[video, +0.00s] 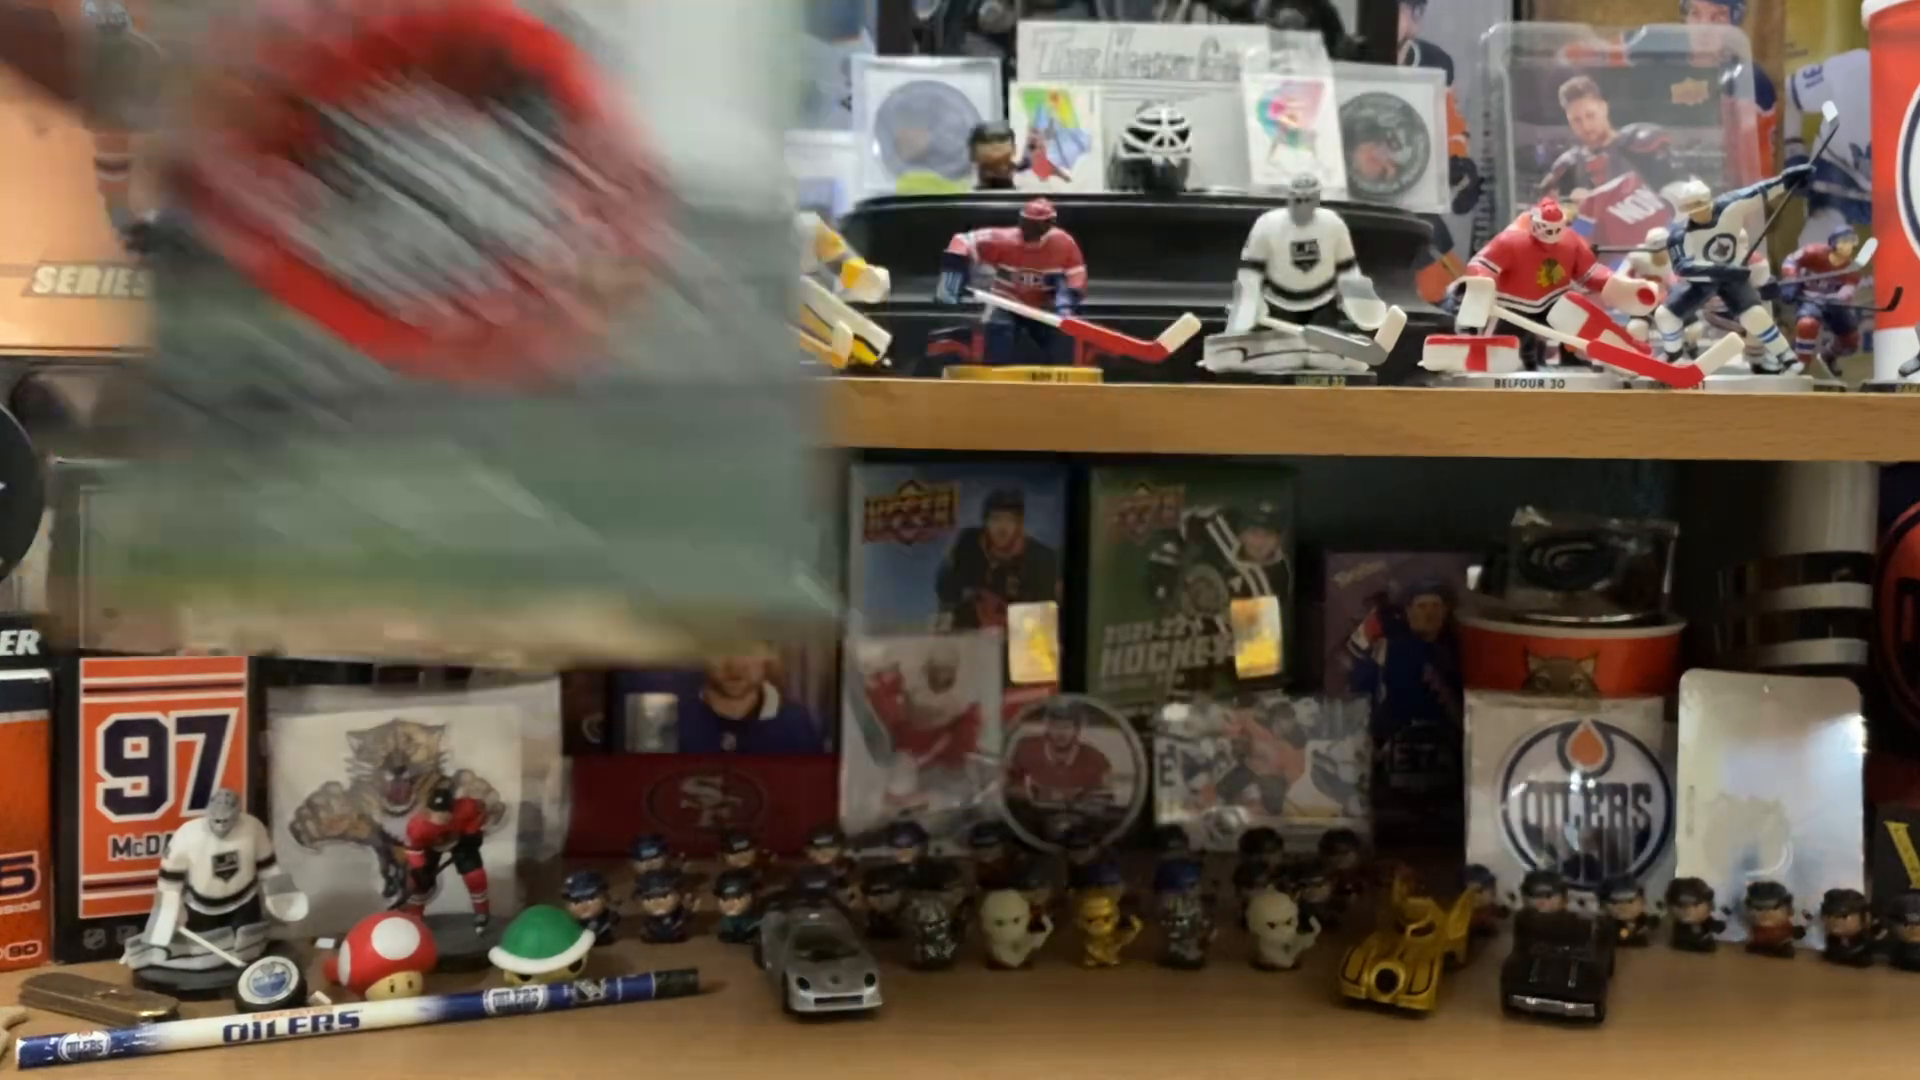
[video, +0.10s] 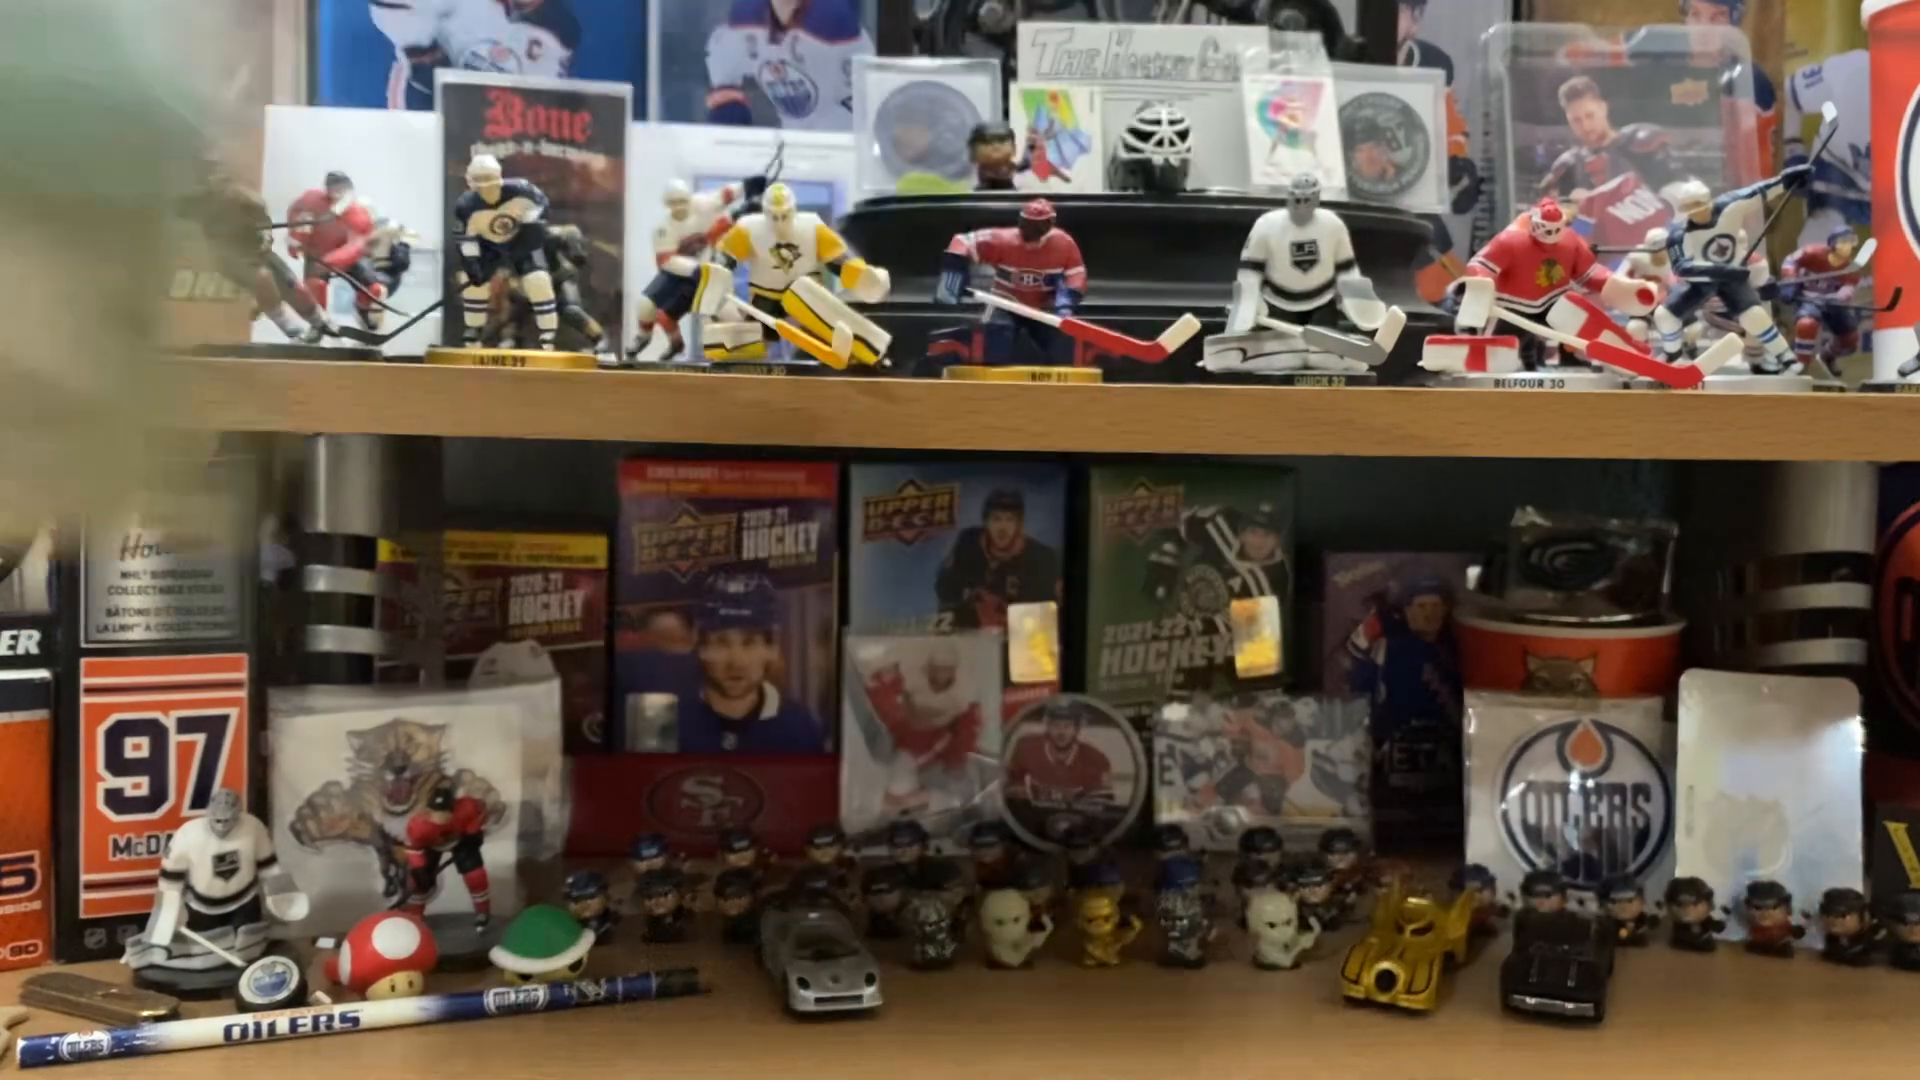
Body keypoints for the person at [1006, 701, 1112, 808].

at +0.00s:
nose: (1060, 733)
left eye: (1066, 727)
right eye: (1055, 726)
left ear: (1077, 729)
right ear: (1047, 727)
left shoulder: (1094, 758)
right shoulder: (1026, 749)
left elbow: (1105, 796)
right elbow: (1008, 786)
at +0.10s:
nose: (1061, 732)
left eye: (1067, 726)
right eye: (1055, 725)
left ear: (1077, 728)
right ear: (1047, 726)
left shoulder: (1095, 759)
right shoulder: (1026, 748)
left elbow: (1103, 799)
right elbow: (1008, 788)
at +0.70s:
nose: (1060, 730)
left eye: (1066, 725)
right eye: (1055, 724)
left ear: (1076, 728)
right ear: (1048, 726)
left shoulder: (1095, 758)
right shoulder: (1026, 745)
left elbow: (1100, 801)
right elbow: (1014, 781)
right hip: (1033, 813)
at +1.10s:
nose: (1060, 730)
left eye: (1066, 725)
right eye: (1055, 724)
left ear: (1076, 728)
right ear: (1048, 726)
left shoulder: (1095, 757)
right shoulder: (1025, 744)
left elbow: (1100, 800)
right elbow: (1014, 784)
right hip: (1033, 813)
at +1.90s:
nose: (1060, 730)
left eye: (1066, 725)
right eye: (1055, 724)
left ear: (1076, 729)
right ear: (1047, 727)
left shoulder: (1095, 758)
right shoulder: (1026, 744)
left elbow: (1099, 801)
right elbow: (1015, 787)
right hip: (1032, 814)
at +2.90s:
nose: (1060, 730)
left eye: (1066, 724)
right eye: (1055, 724)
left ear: (1076, 728)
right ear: (1046, 726)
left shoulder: (1095, 758)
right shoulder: (1025, 744)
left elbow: (1099, 801)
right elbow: (1014, 783)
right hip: (1033, 814)